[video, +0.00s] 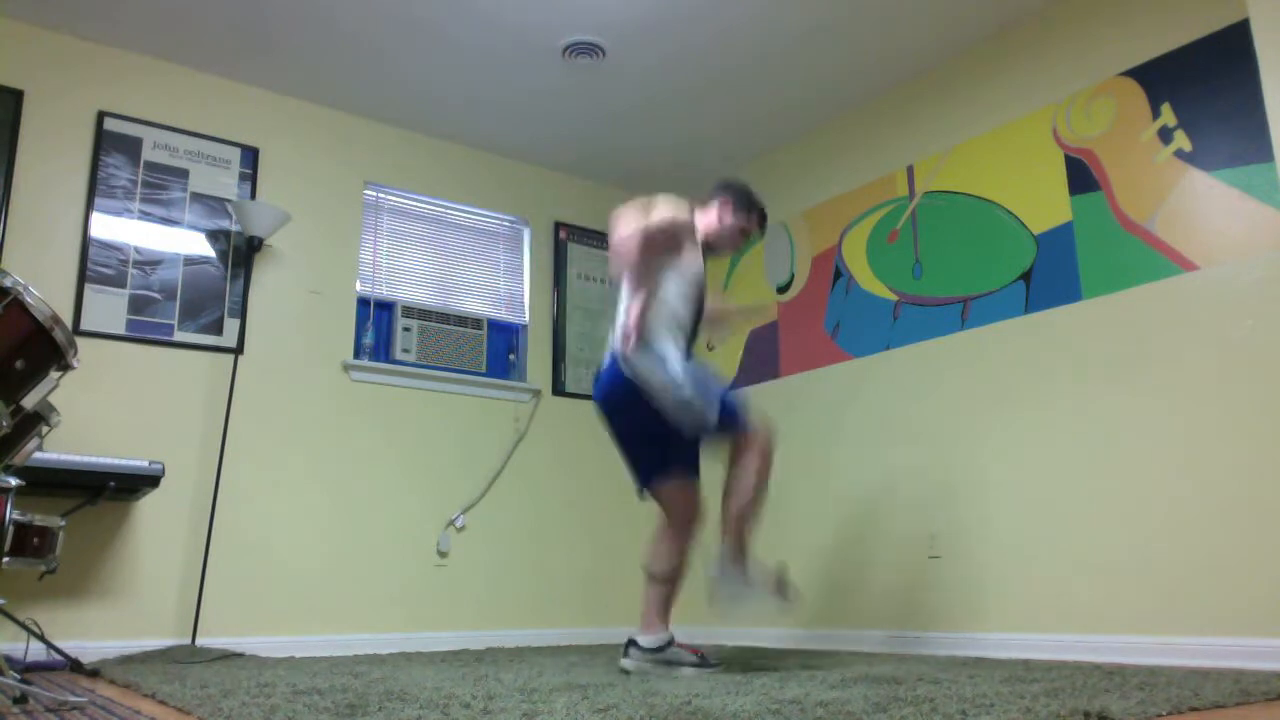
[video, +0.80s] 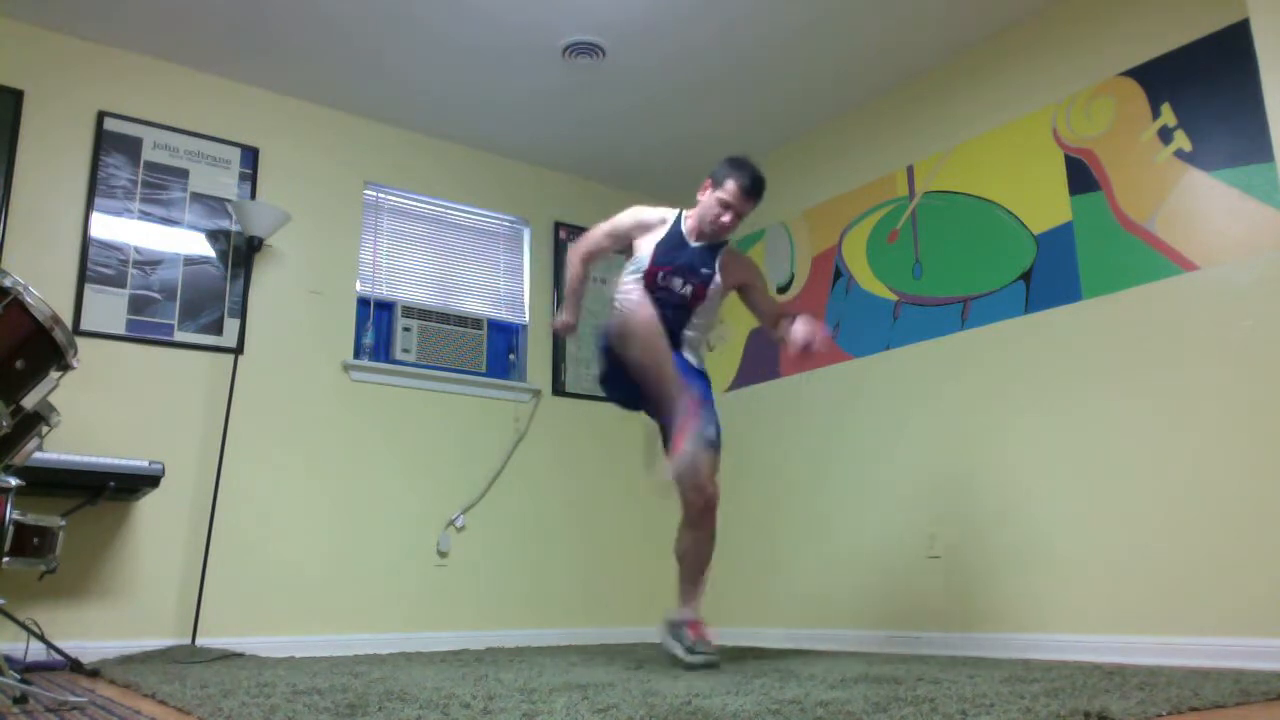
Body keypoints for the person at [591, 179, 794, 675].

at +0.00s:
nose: (736, 245)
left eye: (743, 240)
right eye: (740, 232)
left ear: (729, 224)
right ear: (723, 209)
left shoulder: (688, 258)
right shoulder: (678, 219)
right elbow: (628, 231)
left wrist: (757, 314)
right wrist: (634, 308)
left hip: (631, 381)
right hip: (645, 369)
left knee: (681, 509)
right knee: (753, 436)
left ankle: (651, 640)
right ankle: (734, 568)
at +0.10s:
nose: (741, 207)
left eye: (748, 203)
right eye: (744, 194)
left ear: (742, 200)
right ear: (727, 170)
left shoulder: (697, 227)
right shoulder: (681, 174)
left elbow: (709, 280)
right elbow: (655, 200)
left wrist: (754, 300)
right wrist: (663, 265)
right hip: (641, 306)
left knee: (686, 451)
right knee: (754, 342)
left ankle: (665, 586)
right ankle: (697, 453)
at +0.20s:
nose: (754, 197)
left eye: (763, 193)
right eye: (756, 184)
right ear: (737, 161)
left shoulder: (711, 214)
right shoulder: (688, 172)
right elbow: (686, 215)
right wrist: (720, 252)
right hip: (615, 283)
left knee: (745, 345)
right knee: (730, 315)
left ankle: (685, 427)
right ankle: (658, 401)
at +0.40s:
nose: (753, 225)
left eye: (763, 221)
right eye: (754, 210)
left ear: (763, 223)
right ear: (734, 188)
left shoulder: (737, 254)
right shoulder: (680, 193)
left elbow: (785, 292)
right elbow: (605, 175)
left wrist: (810, 307)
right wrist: (598, 216)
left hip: (662, 370)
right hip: (613, 338)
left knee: (730, 460)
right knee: (696, 292)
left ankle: (700, 601)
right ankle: (739, 423)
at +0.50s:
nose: (748, 241)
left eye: (758, 235)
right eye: (746, 226)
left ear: (761, 239)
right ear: (724, 208)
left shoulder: (740, 289)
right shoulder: (660, 233)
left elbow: (773, 354)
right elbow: (585, 255)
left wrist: (796, 331)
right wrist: (566, 337)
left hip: (688, 401)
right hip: (632, 378)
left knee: (717, 518)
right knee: (700, 418)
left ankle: (680, 634)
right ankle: (700, 507)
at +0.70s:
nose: (739, 227)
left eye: (748, 221)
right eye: (735, 213)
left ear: (752, 224)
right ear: (711, 198)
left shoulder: (742, 278)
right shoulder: (648, 235)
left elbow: (772, 338)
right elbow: (598, 284)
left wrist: (794, 333)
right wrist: (569, 337)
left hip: (691, 388)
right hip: (639, 365)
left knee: (706, 503)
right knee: (662, 421)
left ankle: (682, 635)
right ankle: (655, 553)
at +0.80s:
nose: (727, 220)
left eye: (738, 216)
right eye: (724, 206)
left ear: (745, 218)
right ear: (705, 189)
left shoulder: (736, 266)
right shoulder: (647, 220)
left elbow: (774, 316)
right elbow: (580, 251)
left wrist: (798, 322)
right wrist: (570, 312)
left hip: (683, 376)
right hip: (627, 363)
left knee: (702, 496)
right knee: (633, 302)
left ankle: (686, 618)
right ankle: (681, 424)